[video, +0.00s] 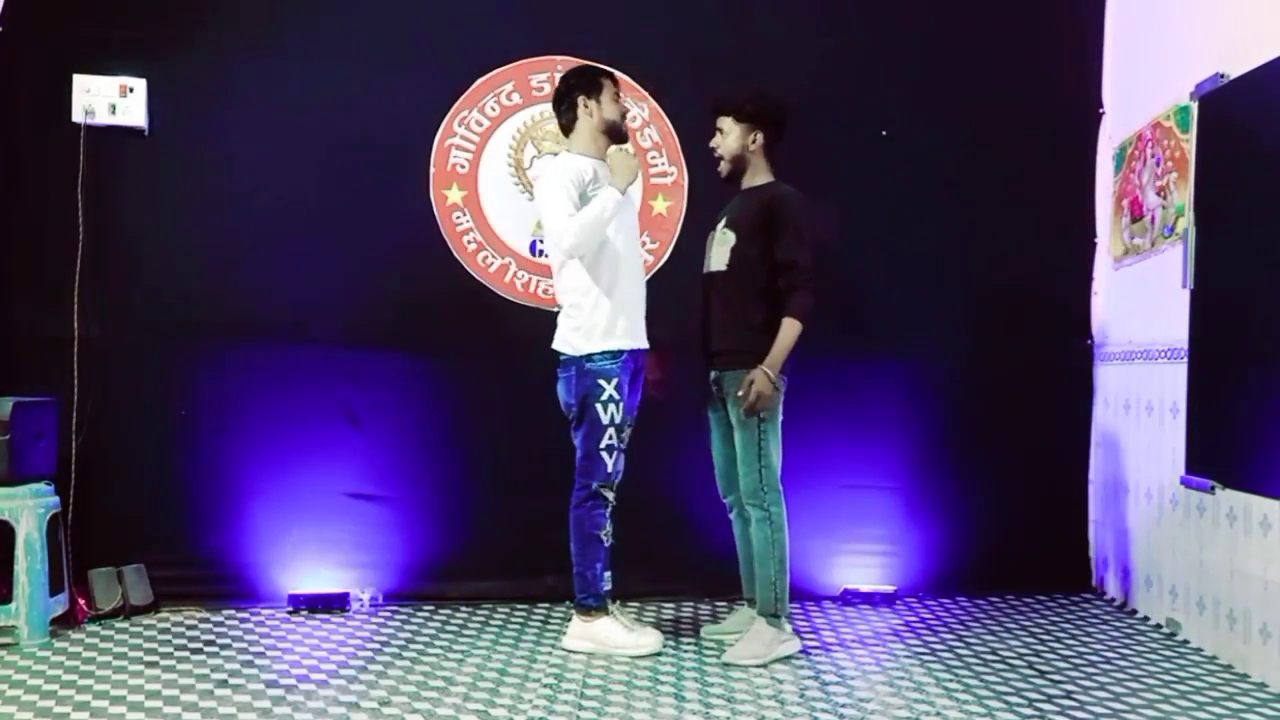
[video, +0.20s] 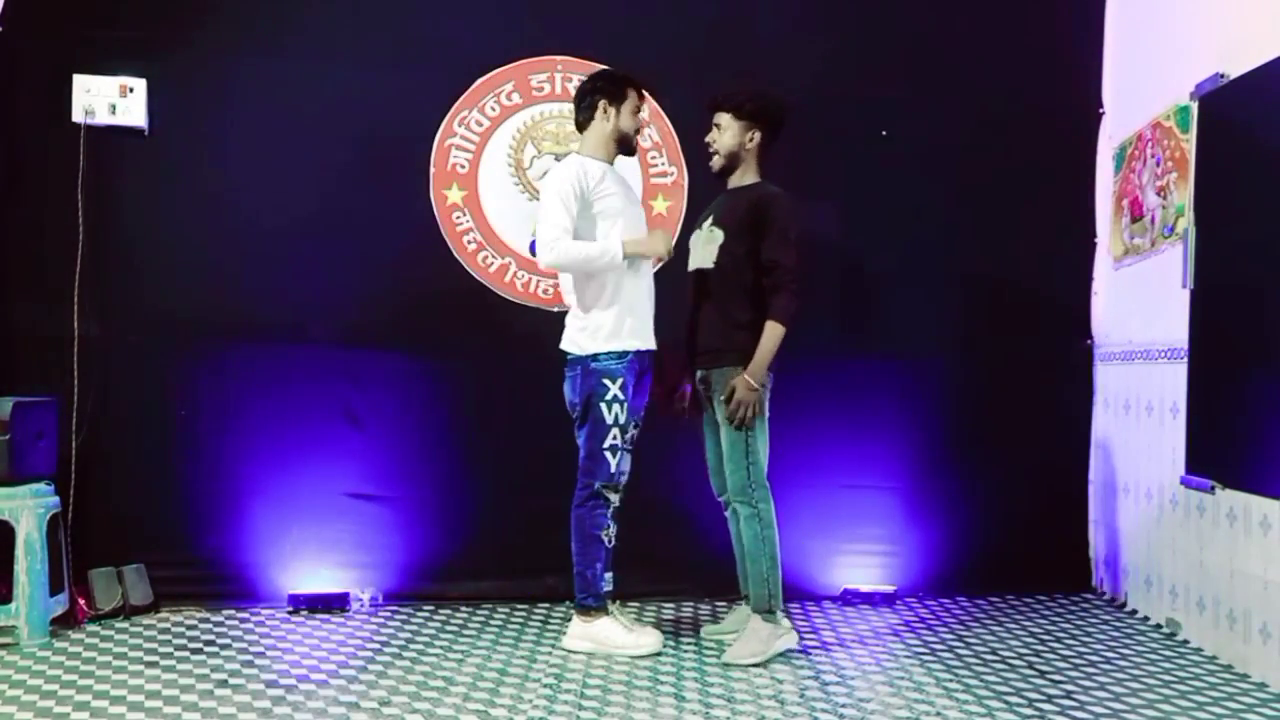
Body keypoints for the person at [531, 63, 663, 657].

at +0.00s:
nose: (624, 109)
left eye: (622, 100)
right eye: (616, 99)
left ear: (587, 107)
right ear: (585, 106)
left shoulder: (605, 172)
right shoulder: (558, 170)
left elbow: (614, 262)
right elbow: (568, 243)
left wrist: (636, 343)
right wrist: (617, 187)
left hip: (619, 350)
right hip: (592, 352)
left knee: (604, 484)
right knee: (595, 484)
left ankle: (600, 610)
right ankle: (588, 616)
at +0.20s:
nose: (640, 122)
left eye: (641, 112)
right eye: (634, 110)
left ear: (605, 112)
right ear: (602, 110)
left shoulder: (622, 178)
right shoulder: (567, 172)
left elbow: (621, 261)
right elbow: (552, 251)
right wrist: (630, 248)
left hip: (630, 350)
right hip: (597, 352)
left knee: (611, 482)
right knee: (598, 482)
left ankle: (598, 608)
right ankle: (588, 615)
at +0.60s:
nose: (665, 133)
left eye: (666, 123)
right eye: (657, 122)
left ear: (632, 121)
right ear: (623, 119)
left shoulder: (642, 188)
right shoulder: (576, 172)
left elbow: (651, 260)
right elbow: (517, 239)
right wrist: (565, 297)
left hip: (636, 349)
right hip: (595, 348)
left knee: (615, 477)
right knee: (617, 475)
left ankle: (599, 608)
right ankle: (594, 612)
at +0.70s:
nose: (660, 133)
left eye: (664, 123)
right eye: (651, 122)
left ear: (653, 124)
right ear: (617, 118)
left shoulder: (650, 187)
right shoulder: (571, 171)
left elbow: (659, 256)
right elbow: (512, 235)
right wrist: (553, 290)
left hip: (635, 347)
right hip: (587, 342)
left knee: (611, 477)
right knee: (604, 475)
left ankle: (602, 610)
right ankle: (592, 620)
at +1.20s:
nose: (556, 134)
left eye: (565, 124)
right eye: (545, 124)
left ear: (578, 131)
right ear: (524, 133)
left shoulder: (597, 199)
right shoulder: (494, 194)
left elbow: (615, 259)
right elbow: (439, 254)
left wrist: (601, 312)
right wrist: (455, 315)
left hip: (569, 370)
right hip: (497, 368)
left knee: (620, 482)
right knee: (436, 483)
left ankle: (604, 606)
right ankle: (377, 606)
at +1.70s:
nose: (501, 168)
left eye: (498, 159)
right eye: (489, 160)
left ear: (468, 172)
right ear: (453, 172)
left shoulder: (519, 228)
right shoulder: (412, 245)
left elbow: (522, 316)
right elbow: (403, 336)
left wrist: (472, 370)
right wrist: (413, 408)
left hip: (523, 383)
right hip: (448, 392)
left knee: (594, 483)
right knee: (397, 494)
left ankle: (616, 606)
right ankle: (375, 610)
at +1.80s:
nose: (492, 152)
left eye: (490, 143)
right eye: (481, 144)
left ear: (461, 156)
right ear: (447, 156)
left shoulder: (514, 217)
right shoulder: (406, 235)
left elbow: (523, 294)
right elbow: (399, 329)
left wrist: (473, 329)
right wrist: (446, 359)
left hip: (524, 374)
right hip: (450, 383)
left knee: (589, 475)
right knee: (404, 495)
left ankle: (615, 605)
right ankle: (376, 609)